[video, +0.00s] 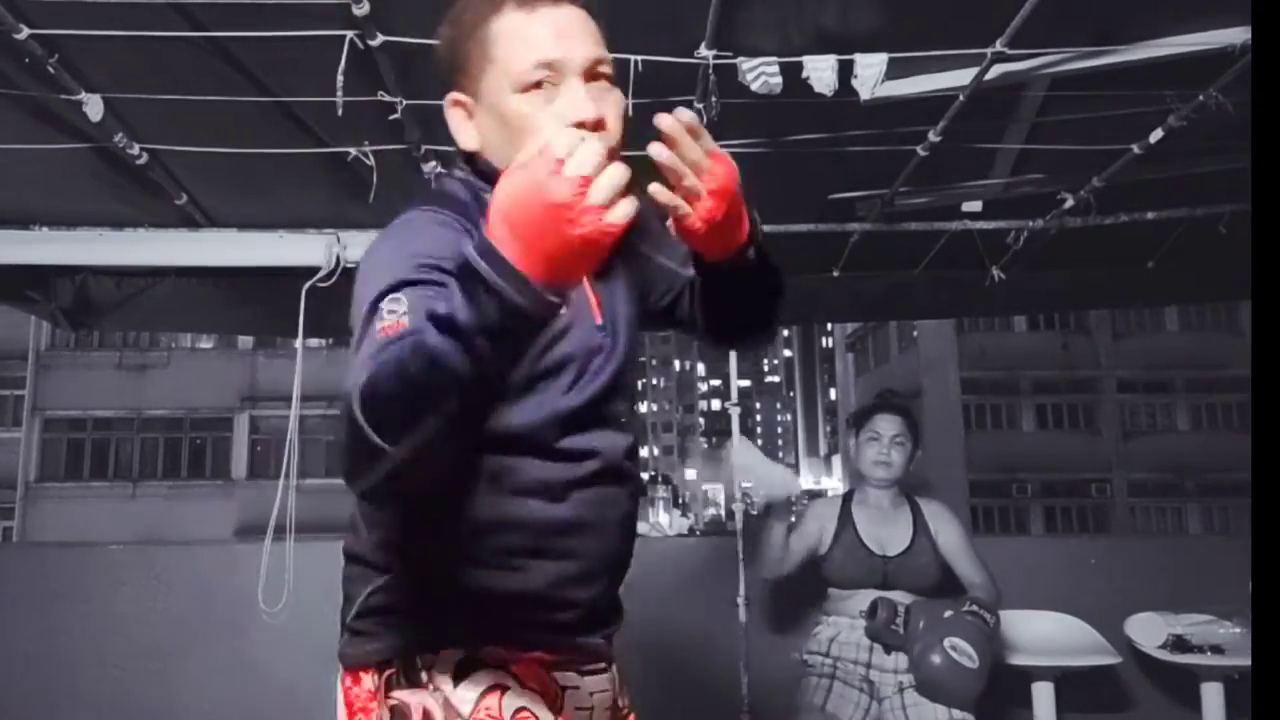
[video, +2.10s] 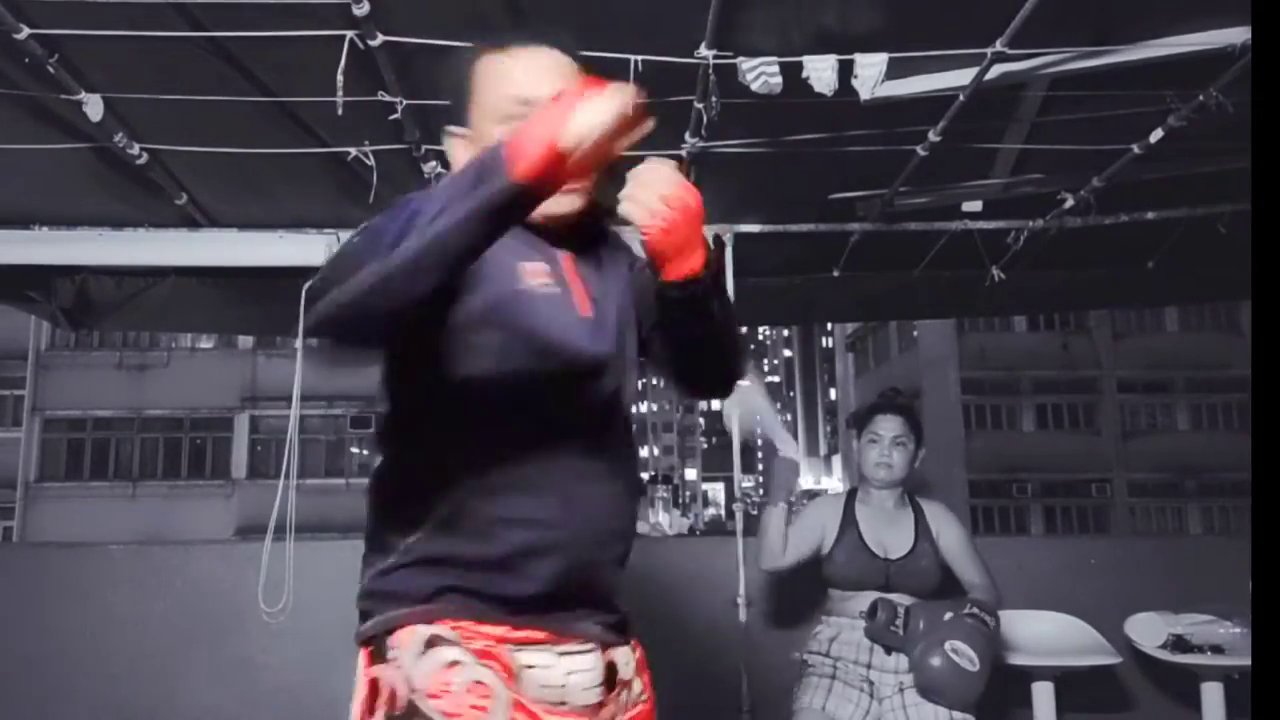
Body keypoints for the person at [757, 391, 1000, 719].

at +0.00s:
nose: (884, 451)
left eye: (897, 443)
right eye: (873, 439)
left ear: (912, 457)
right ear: (852, 448)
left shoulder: (934, 516)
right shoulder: (823, 514)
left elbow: (983, 588)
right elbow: (772, 573)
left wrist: (974, 616)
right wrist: (776, 514)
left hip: (921, 670)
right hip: (839, 666)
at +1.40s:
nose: (883, 451)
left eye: (895, 443)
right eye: (871, 440)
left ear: (908, 458)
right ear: (850, 450)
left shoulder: (931, 518)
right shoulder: (819, 518)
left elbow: (983, 587)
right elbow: (778, 587)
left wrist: (971, 622)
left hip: (921, 667)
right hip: (839, 665)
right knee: (824, 711)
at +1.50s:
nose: (882, 447)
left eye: (894, 440)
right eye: (870, 437)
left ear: (907, 456)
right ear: (849, 450)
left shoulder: (930, 518)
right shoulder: (819, 516)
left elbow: (983, 587)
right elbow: (802, 599)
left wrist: (975, 617)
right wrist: (870, 608)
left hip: (921, 668)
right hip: (837, 664)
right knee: (824, 712)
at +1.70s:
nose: (888, 451)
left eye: (900, 442)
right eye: (875, 441)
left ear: (918, 455)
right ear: (859, 452)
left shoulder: (939, 513)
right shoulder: (830, 510)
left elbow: (983, 587)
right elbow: (781, 578)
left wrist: (967, 619)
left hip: (922, 666)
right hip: (838, 663)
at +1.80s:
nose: (887, 451)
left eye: (901, 442)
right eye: (875, 440)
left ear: (918, 454)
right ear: (858, 448)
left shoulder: (940, 513)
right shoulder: (821, 509)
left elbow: (984, 588)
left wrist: (962, 620)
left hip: (922, 670)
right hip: (839, 668)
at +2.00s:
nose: (885, 452)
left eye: (899, 443)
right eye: (874, 441)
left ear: (917, 457)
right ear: (857, 450)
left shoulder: (937, 515)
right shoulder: (825, 507)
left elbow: (984, 591)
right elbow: (755, 541)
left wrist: (951, 617)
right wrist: (806, 549)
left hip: (921, 670)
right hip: (838, 667)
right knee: (820, 711)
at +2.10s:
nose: (885, 452)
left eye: (898, 443)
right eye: (873, 441)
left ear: (916, 457)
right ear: (856, 449)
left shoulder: (936, 517)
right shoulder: (827, 511)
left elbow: (982, 590)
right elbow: (771, 560)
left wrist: (974, 617)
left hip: (921, 671)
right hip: (838, 667)